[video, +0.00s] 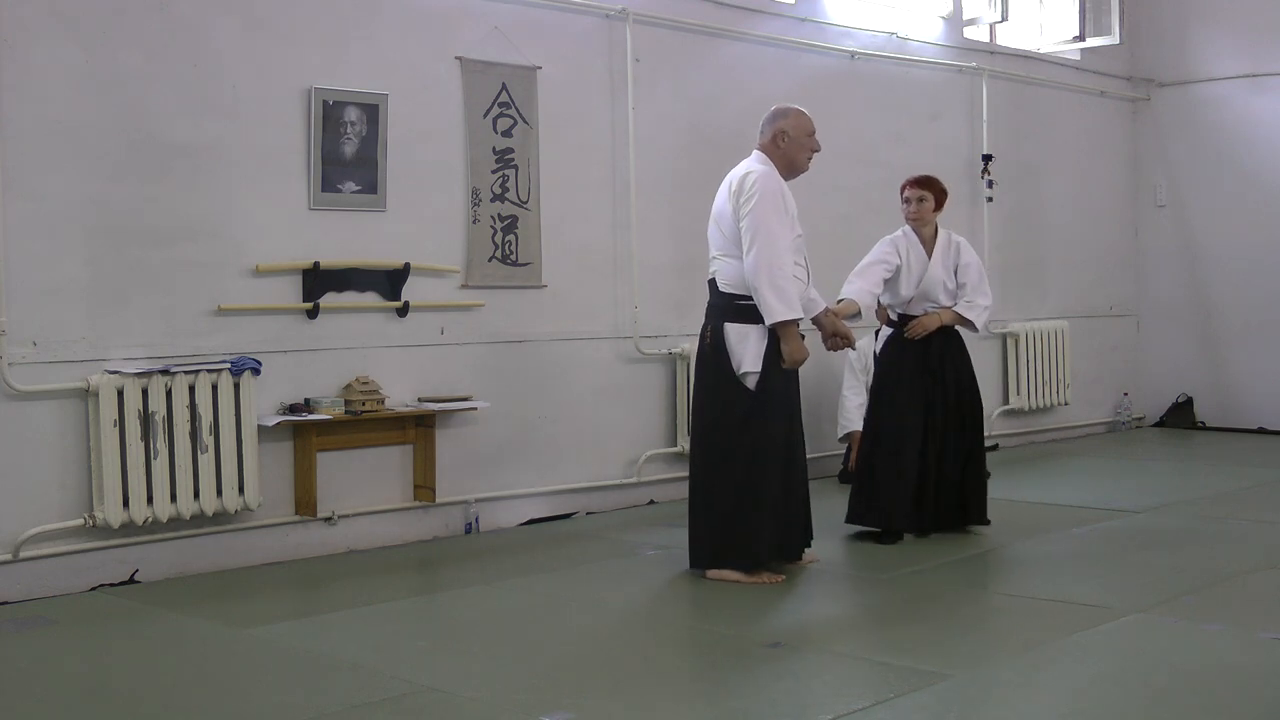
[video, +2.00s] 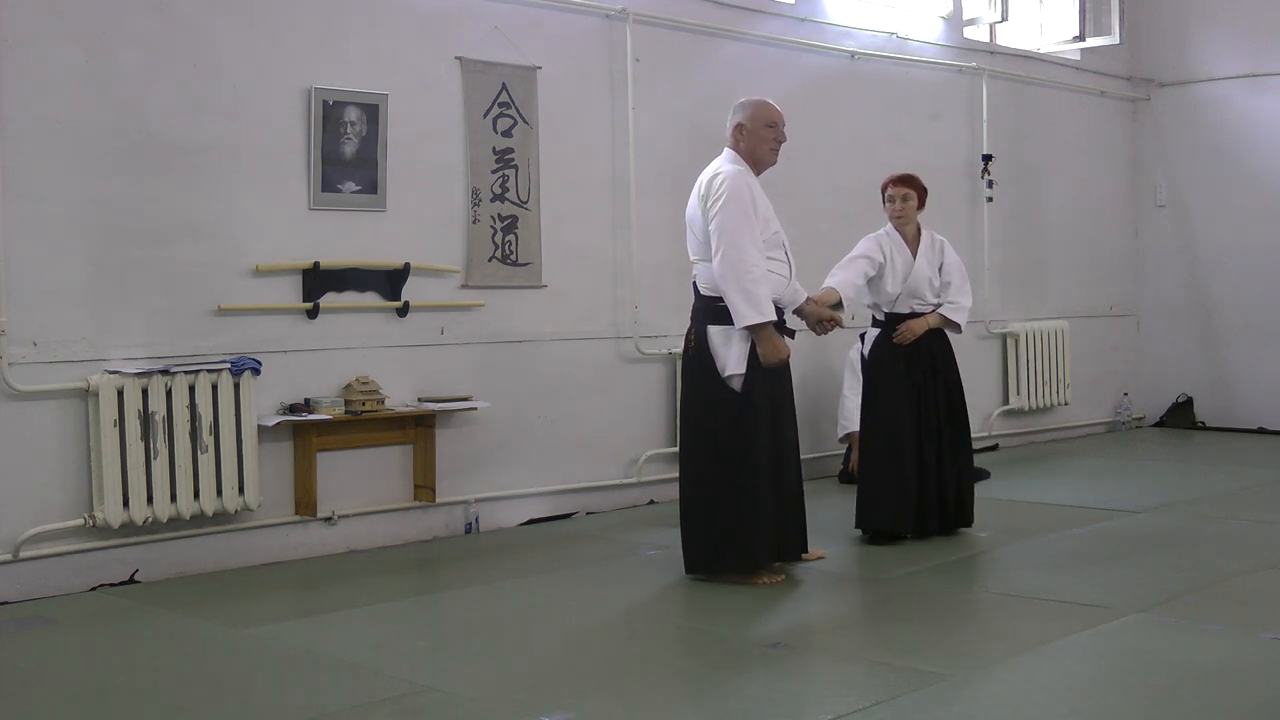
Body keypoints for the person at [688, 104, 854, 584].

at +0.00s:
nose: (816, 148)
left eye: (815, 140)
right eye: (810, 139)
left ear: (778, 140)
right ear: (779, 139)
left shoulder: (767, 182)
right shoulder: (759, 181)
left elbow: (788, 265)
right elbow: (763, 262)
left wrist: (823, 314)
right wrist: (788, 333)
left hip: (762, 323)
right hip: (744, 323)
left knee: (774, 437)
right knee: (738, 441)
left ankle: (776, 545)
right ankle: (725, 558)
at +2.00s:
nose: (782, 137)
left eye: (783, 129)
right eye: (772, 128)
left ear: (746, 134)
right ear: (740, 132)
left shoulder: (743, 181)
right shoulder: (730, 182)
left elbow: (764, 263)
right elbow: (736, 262)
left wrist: (804, 305)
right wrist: (764, 330)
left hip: (755, 327)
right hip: (730, 331)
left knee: (770, 440)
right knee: (734, 447)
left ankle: (778, 542)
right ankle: (731, 559)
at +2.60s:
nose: (779, 138)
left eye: (777, 129)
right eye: (771, 129)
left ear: (739, 133)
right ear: (740, 133)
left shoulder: (732, 180)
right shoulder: (724, 183)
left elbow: (753, 264)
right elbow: (730, 265)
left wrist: (795, 302)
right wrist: (760, 331)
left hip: (745, 327)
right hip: (725, 331)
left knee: (767, 440)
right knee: (733, 448)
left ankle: (778, 541)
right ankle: (734, 561)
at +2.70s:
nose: (778, 138)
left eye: (776, 129)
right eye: (770, 129)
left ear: (738, 133)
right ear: (739, 133)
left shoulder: (730, 180)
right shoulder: (724, 183)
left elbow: (753, 263)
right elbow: (729, 266)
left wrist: (795, 302)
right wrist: (759, 332)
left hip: (745, 326)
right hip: (724, 330)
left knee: (766, 440)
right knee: (733, 448)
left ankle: (777, 541)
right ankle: (734, 560)